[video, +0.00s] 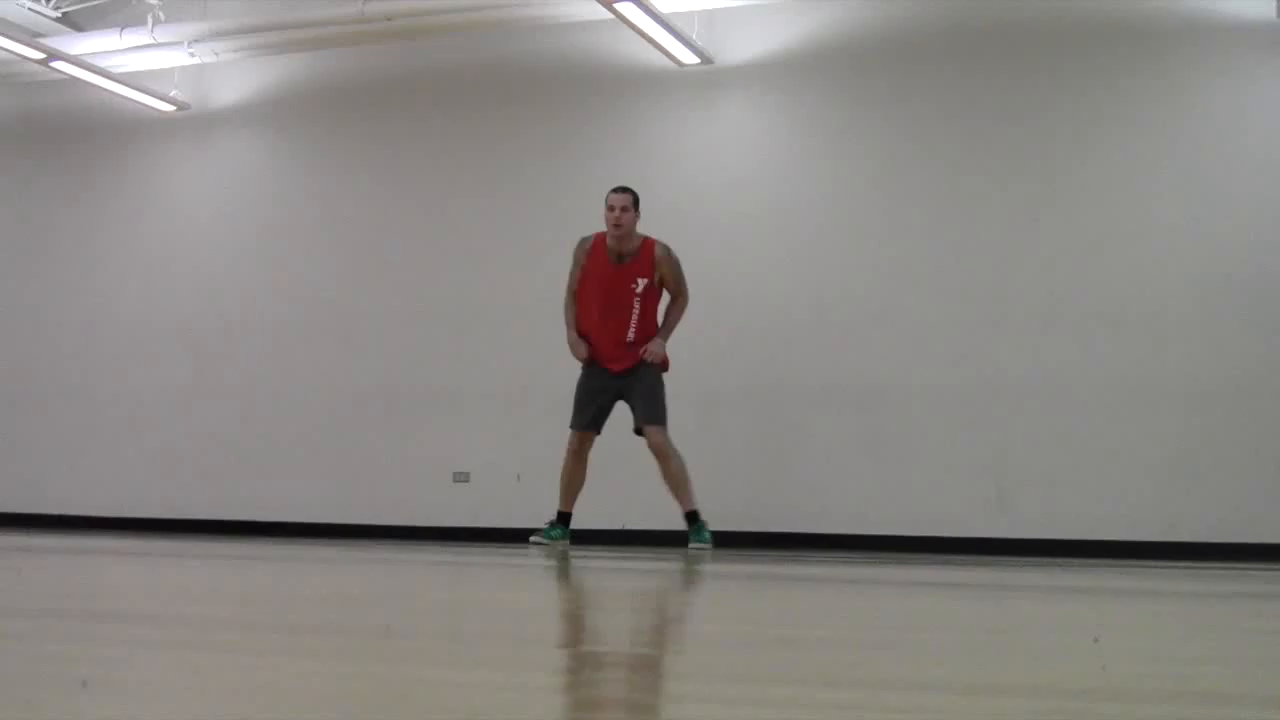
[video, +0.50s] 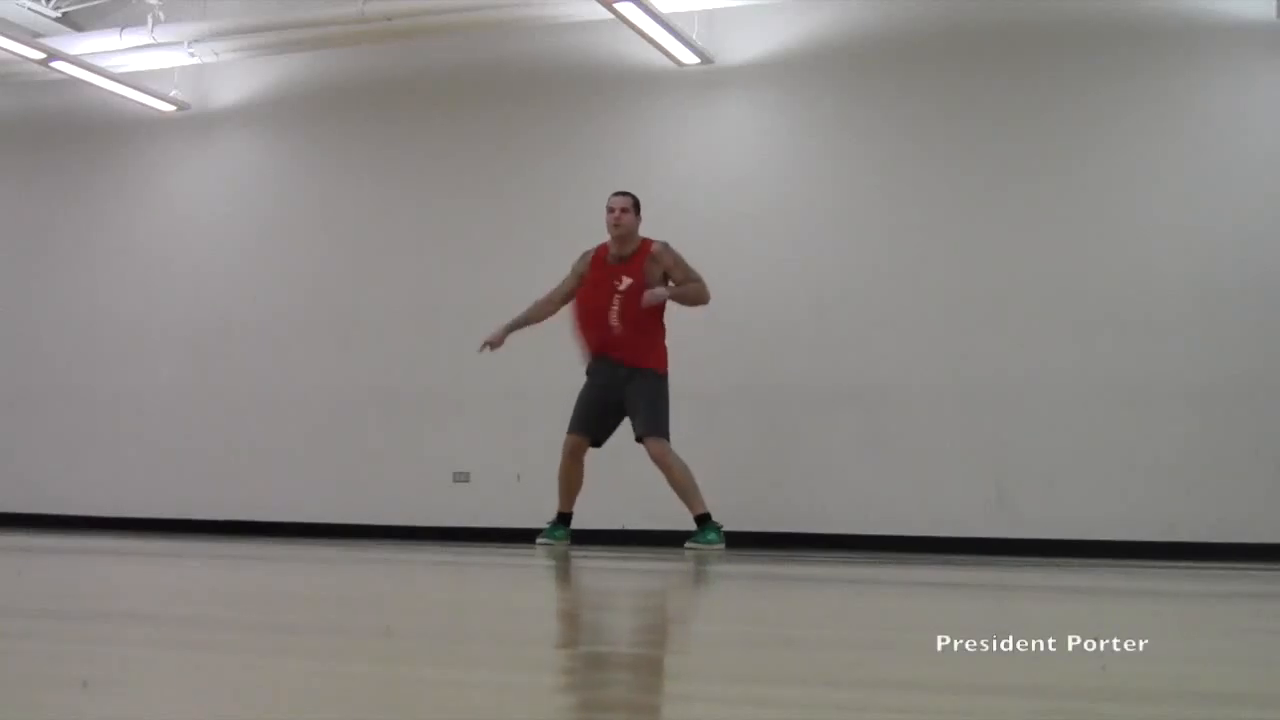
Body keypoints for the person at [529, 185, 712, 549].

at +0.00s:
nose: (616, 216)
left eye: (624, 210)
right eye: (611, 209)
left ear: (637, 216)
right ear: (604, 214)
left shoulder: (659, 256)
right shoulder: (587, 249)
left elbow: (679, 296)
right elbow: (572, 294)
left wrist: (661, 339)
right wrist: (573, 336)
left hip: (642, 365)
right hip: (598, 364)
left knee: (657, 440)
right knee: (578, 441)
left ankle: (695, 523)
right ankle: (561, 524)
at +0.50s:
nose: (616, 216)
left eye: (624, 211)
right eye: (611, 211)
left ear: (638, 219)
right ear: (604, 219)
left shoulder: (658, 254)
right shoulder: (589, 262)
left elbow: (700, 293)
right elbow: (552, 301)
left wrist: (667, 293)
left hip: (646, 371)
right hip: (605, 369)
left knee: (657, 448)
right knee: (573, 445)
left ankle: (707, 526)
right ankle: (561, 524)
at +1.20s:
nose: (612, 214)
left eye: (620, 210)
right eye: (608, 209)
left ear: (634, 217)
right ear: (602, 215)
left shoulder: (650, 262)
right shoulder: (589, 240)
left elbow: (686, 303)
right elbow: (545, 214)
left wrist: (699, 337)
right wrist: (515, 174)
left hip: (643, 373)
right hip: (600, 373)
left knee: (662, 448)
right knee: (574, 450)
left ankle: (711, 525)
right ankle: (548, 522)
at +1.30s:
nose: (616, 215)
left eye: (624, 210)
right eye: (612, 209)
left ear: (639, 217)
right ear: (606, 215)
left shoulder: (651, 261)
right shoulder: (594, 244)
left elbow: (683, 298)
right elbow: (564, 252)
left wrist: (697, 319)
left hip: (639, 376)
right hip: (597, 376)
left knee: (660, 451)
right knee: (571, 452)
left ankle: (711, 525)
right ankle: (548, 522)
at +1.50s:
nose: (621, 214)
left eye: (630, 209)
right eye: (617, 209)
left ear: (643, 219)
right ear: (610, 216)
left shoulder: (657, 264)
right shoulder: (596, 247)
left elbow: (710, 295)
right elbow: (557, 247)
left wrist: (764, 318)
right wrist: (521, 232)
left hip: (638, 378)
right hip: (594, 377)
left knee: (657, 450)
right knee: (571, 452)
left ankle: (711, 526)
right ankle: (547, 521)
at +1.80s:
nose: (635, 208)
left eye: (643, 202)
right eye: (630, 202)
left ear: (658, 210)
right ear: (625, 209)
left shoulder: (677, 258)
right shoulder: (611, 238)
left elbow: (725, 296)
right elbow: (561, 213)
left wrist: (772, 324)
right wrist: (540, 239)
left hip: (657, 367)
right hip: (610, 366)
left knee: (675, 436)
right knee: (593, 449)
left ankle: (679, 522)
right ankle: (564, 514)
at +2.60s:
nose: (661, 196)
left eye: (665, 191)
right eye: (663, 190)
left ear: (677, 198)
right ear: (697, 200)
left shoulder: (662, 228)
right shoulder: (719, 231)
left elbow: (615, 216)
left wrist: (657, 215)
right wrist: (668, 217)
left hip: (670, 363)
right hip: (712, 362)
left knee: (665, 445)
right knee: (703, 441)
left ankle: (698, 522)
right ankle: (716, 521)